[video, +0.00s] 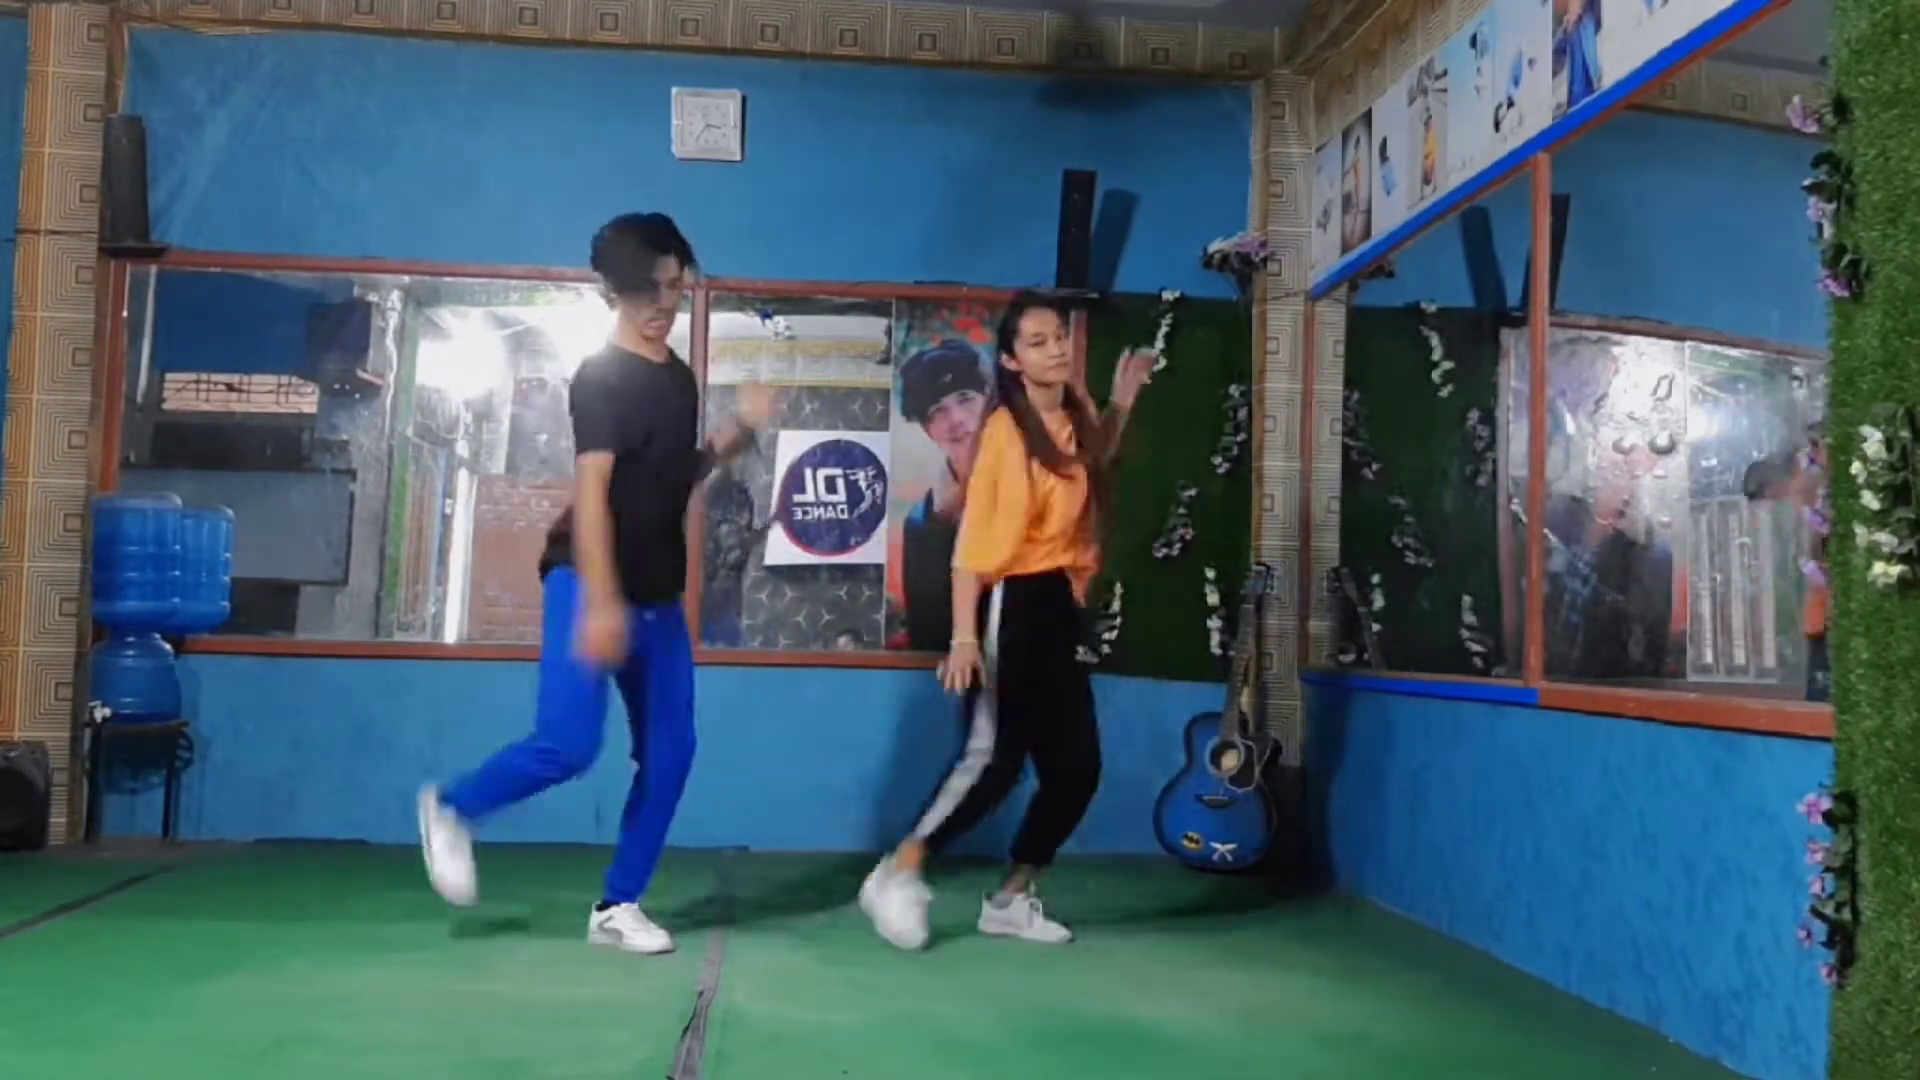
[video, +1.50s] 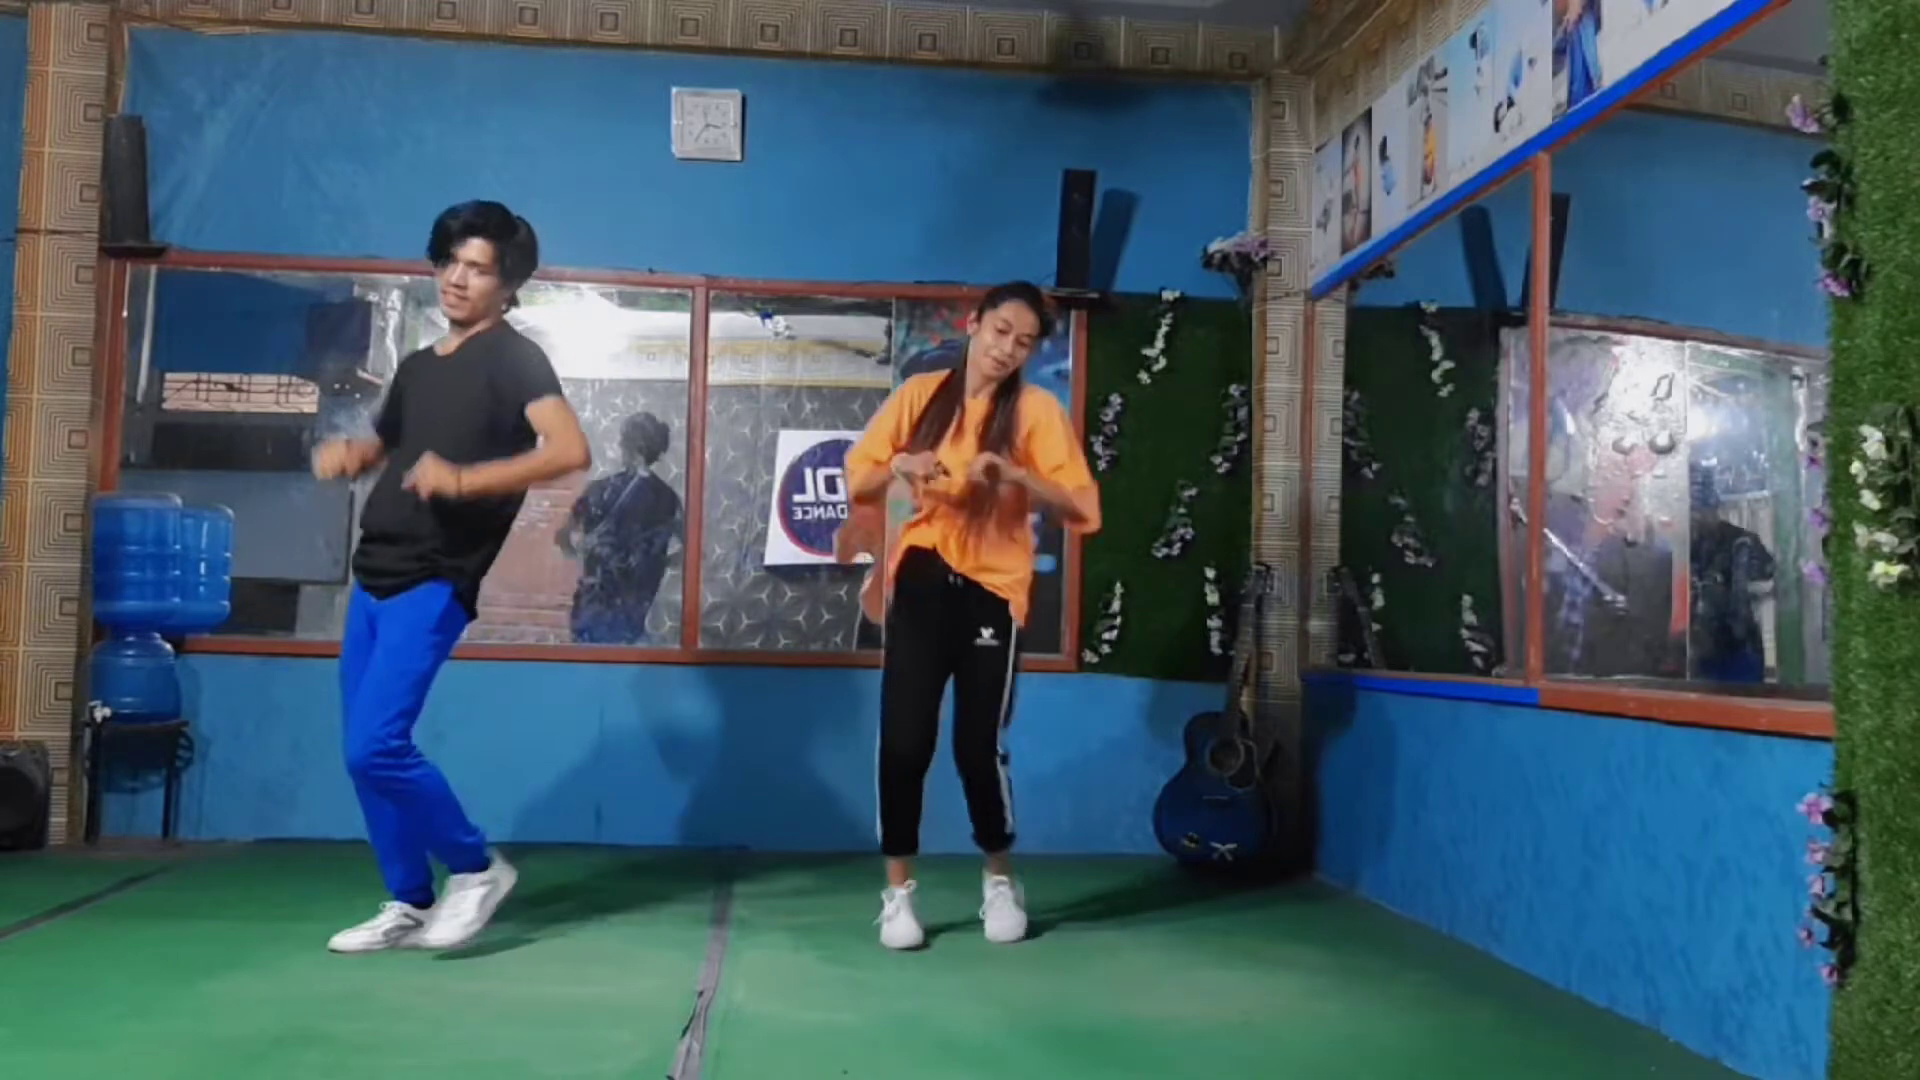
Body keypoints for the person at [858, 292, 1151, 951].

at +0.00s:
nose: (1053, 351)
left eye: (1058, 339)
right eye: (1036, 343)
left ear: (1071, 346)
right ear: (1011, 359)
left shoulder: (1072, 412)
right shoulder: (1005, 429)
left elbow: (1092, 465)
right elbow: (973, 539)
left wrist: (1122, 406)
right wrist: (964, 636)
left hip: (1054, 601)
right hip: (1006, 602)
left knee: (1076, 765)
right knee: (995, 757)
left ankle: (1013, 898)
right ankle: (898, 873)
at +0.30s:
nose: (1039, 354)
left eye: (1050, 340)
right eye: (1027, 340)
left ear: (1066, 349)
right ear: (1003, 345)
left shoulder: (1064, 420)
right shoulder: (978, 397)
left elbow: (1106, 530)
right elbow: (885, 439)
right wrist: (972, 455)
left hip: (1061, 586)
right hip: (1006, 586)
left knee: (1061, 740)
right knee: (1100, 729)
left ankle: (1011, 892)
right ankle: (1149, 898)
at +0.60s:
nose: (1036, 354)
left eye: (1047, 340)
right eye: (1024, 341)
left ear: (1065, 352)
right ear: (1004, 353)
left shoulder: (1075, 427)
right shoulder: (988, 425)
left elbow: (1113, 488)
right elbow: (951, 531)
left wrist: (1111, 399)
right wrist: (913, 621)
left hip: (1053, 598)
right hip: (990, 593)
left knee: (1079, 750)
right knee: (952, 735)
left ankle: (1020, 891)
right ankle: (897, 882)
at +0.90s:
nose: (992, 339)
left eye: (1005, 329)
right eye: (981, 325)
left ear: (1019, 341)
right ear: (957, 333)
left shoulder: (1044, 407)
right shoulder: (924, 413)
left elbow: (1065, 517)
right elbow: (907, 515)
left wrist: (1071, 610)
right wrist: (856, 443)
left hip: (1029, 591)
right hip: (951, 588)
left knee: (1061, 748)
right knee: (922, 743)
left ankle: (1026, 890)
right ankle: (894, 892)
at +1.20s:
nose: (998, 356)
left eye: (1012, 346)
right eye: (988, 340)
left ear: (1024, 353)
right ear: (962, 337)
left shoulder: (1045, 417)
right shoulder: (922, 407)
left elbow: (1076, 506)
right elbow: (865, 476)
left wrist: (1043, 542)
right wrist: (885, 528)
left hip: (1011, 597)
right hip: (934, 589)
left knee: (996, 746)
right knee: (907, 744)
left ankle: (1011, 887)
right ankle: (901, 893)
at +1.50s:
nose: (1007, 346)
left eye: (1022, 340)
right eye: (1001, 329)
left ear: (1032, 350)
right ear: (974, 324)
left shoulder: (1038, 412)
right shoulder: (921, 392)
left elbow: (1086, 512)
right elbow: (857, 479)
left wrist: (1020, 478)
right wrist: (898, 467)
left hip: (992, 589)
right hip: (919, 581)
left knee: (978, 749)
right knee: (903, 744)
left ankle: (999, 883)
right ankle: (898, 891)